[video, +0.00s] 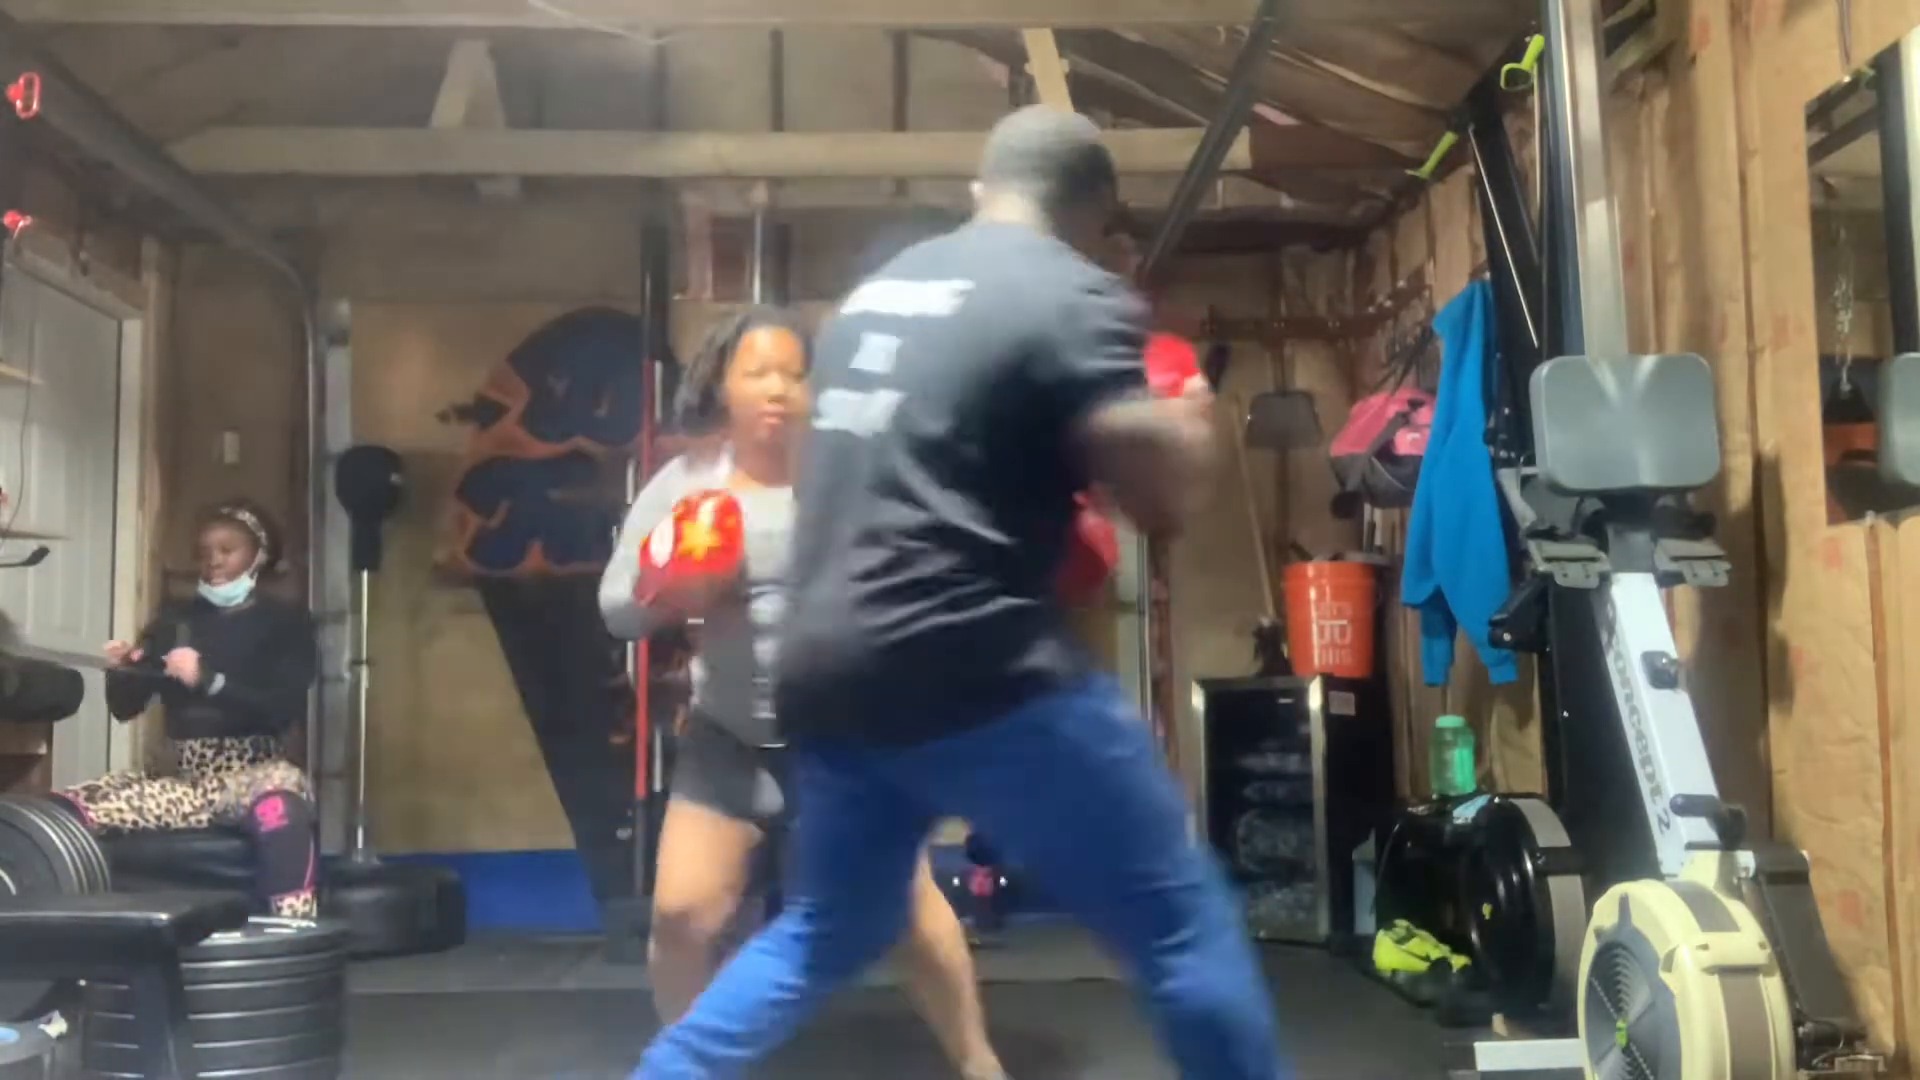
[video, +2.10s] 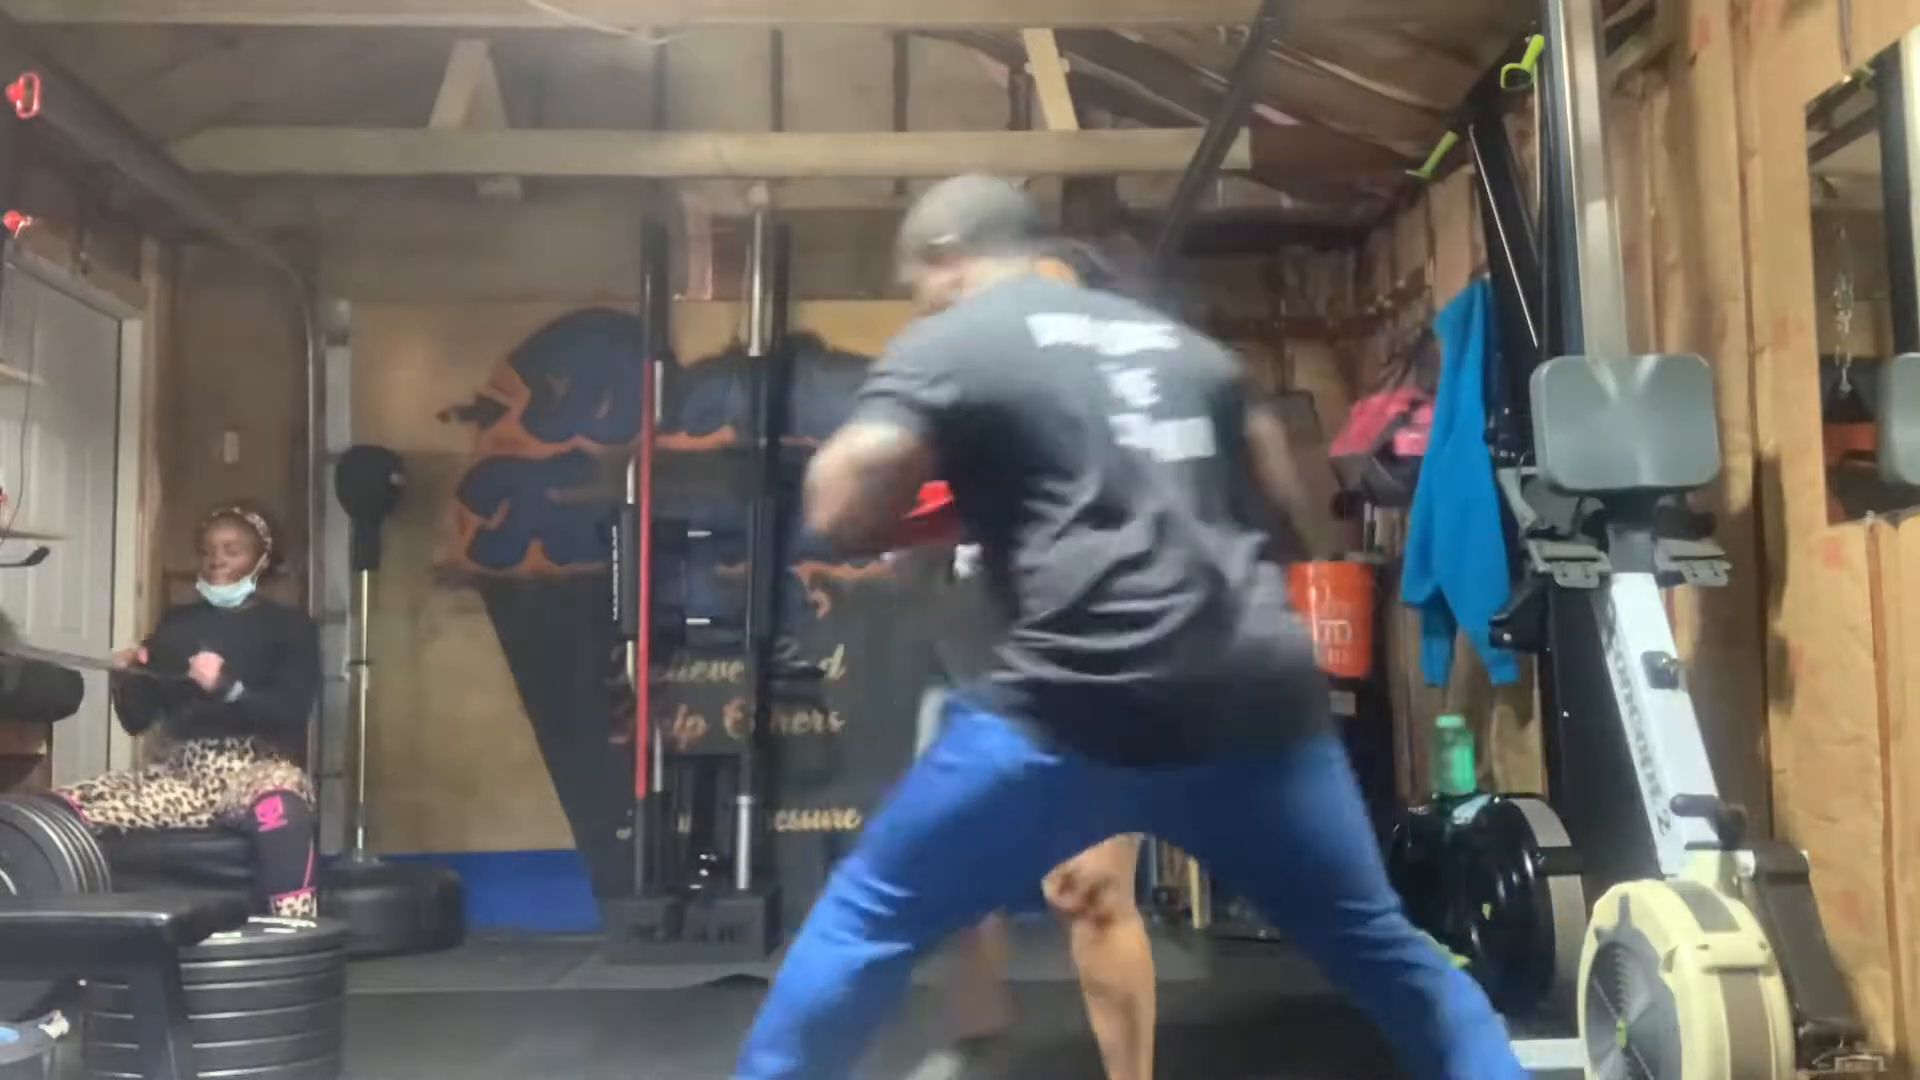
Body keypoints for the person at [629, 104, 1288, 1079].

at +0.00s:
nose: (1110, 237)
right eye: (1108, 217)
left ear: (982, 187)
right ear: (1094, 205)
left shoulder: (886, 280)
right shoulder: (1072, 294)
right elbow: (1161, 496)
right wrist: (1197, 418)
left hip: (822, 667)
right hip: (973, 658)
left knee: (830, 927)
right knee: (1179, 920)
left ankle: (668, 1069)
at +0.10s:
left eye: (1036, 192)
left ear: (1039, 195)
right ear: (1158, 201)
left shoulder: (923, 298)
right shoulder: (1204, 303)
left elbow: (840, 470)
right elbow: (1310, 494)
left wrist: (901, 549)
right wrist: (1318, 422)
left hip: (921, 666)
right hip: (1095, 650)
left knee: (927, 913)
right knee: (1291, 900)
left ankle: (795, 1070)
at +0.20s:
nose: (1070, 192)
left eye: (1069, 182)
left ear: (1079, 183)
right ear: (1192, 186)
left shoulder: (969, 275)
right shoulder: (1267, 298)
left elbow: (882, 447)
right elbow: (1331, 481)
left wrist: (994, 478)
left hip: (1000, 652)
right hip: (1190, 642)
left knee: (981, 900)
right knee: (1330, 897)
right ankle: (1335, 1073)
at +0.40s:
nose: (1069, 188)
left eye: (1070, 172)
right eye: (1069, 174)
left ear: (1100, 162)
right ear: (1201, 159)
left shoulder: (1058, 233)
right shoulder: (1283, 262)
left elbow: (949, 421)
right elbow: (1311, 423)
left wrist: (1024, 359)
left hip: (1118, 606)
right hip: (1298, 602)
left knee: (1048, 888)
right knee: (1360, 908)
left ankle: (1048, 1072)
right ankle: (1363, 1077)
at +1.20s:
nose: (1099, 202)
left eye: (1098, 186)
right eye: (1100, 189)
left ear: (1118, 171)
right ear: (1229, 157)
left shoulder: (1072, 263)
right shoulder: (1355, 250)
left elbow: (1020, 463)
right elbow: (1363, 428)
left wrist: (1127, 521)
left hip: (1163, 603)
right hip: (1353, 602)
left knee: (1077, 891)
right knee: (1456, 889)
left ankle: (1055, 1071)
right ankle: (1547, 1073)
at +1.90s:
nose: (1118, 219)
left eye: (1116, 204)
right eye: (1113, 207)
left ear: (1154, 181)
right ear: (1234, 172)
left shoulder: (1136, 246)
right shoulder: (1343, 262)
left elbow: (1059, 444)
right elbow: (1333, 428)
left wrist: (1085, 508)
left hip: (1209, 610)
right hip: (1386, 615)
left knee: (1018, 843)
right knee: (1444, 903)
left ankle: (990, 1064)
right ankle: (1545, 1071)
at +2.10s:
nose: (916, 303)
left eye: (915, 287)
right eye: (912, 287)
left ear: (947, 265)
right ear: (1044, 251)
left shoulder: (947, 338)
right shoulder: (1187, 341)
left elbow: (841, 508)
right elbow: (1289, 505)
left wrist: (895, 538)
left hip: (1069, 704)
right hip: (1262, 707)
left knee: (869, 916)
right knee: (1378, 943)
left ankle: (770, 1071)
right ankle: (1503, 1073)